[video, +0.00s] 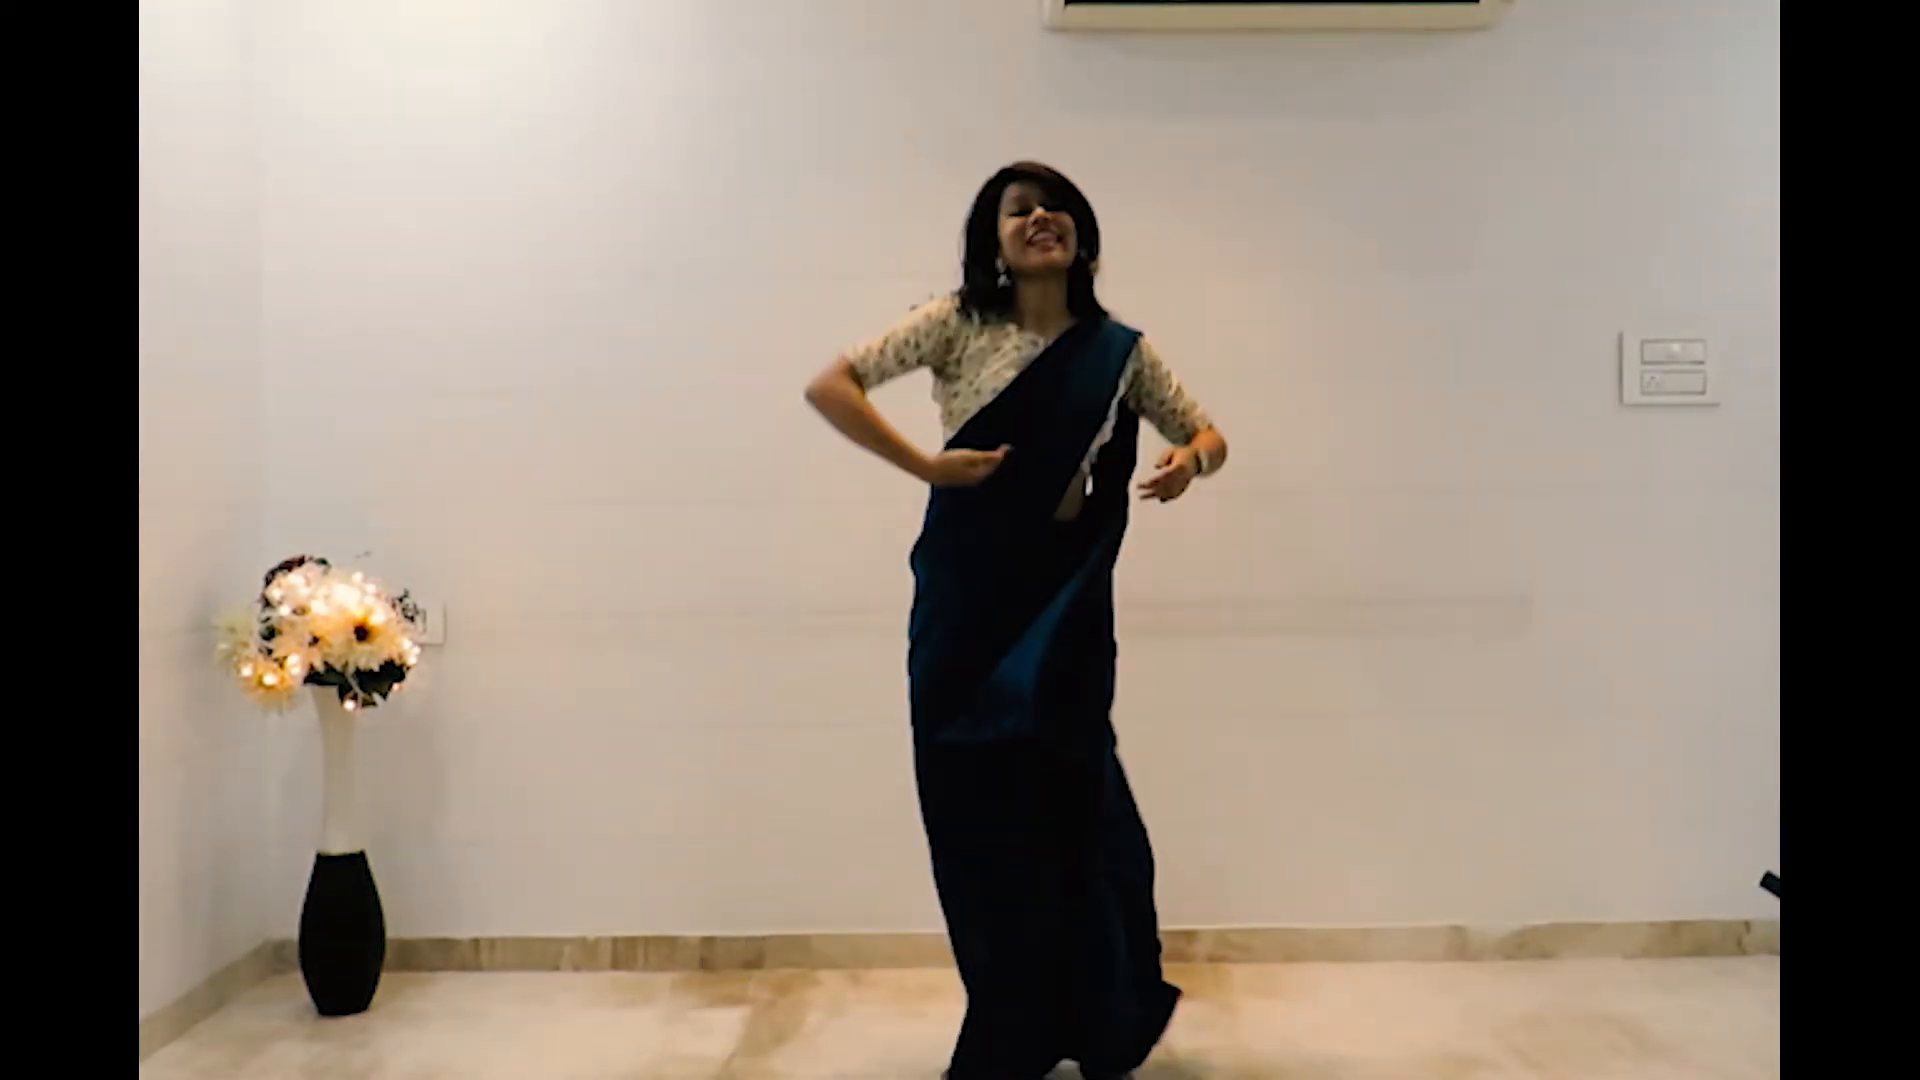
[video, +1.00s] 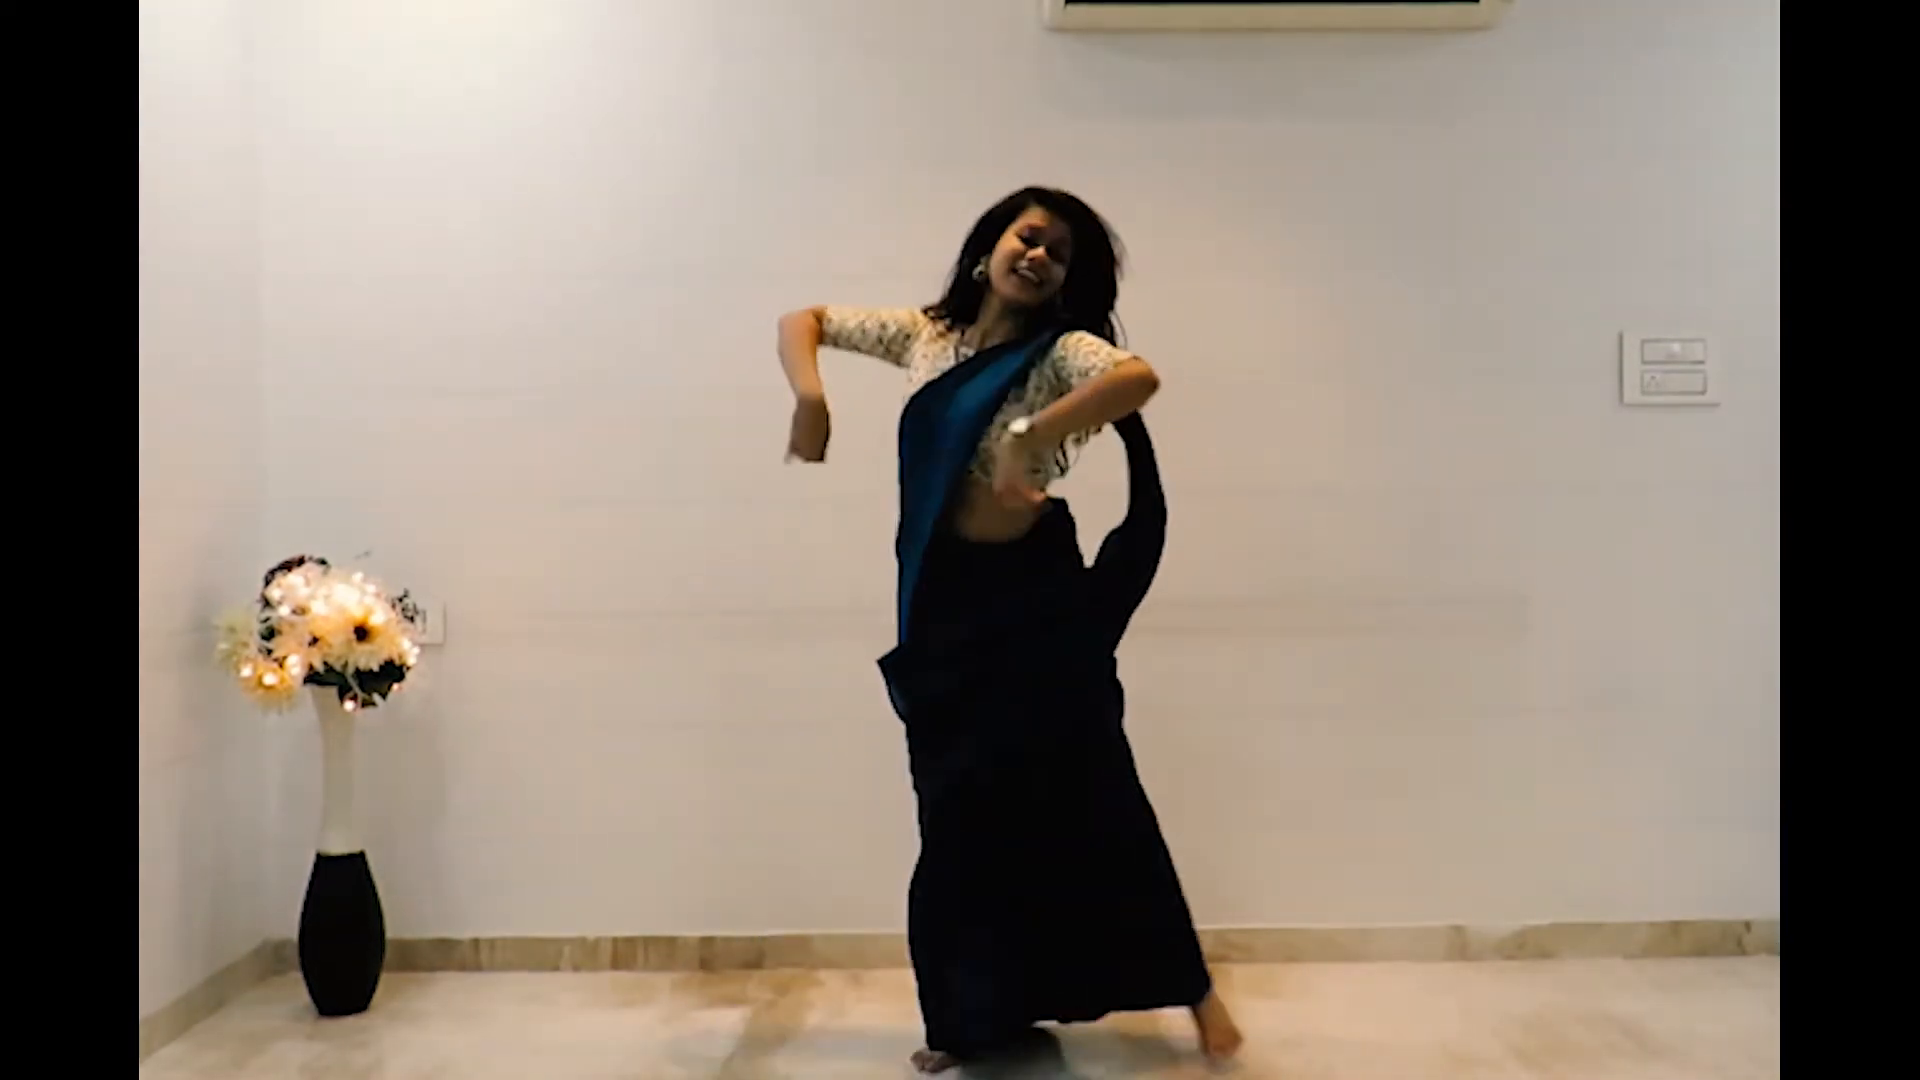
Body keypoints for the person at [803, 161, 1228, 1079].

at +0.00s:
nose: (1041, 217)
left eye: (1056, 206)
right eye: (1020, 208)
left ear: (1081, 236)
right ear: (992, 239)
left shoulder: (1120, 347)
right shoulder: (956, 324)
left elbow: (1207, 438)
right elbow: (828, 387)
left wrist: (1188, 461)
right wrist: (924, 464)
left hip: (1067, 598)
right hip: (965, 594)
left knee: (1061, 790)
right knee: (972, 802)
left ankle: (1097, 1017)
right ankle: (1003, 1025)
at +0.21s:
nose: (1033, 256)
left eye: (1046, 242)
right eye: (1012, 248)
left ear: (1076, 262)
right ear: (986, 273)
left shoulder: (1104, 372)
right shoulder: (978, 343)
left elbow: (1212, 401)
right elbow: (911, 339)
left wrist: (1247, 469)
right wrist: (1002, 428)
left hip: (1058, 637)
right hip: (958, 627)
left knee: (1050, 821)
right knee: (887, 815)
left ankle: (1034, 1027)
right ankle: (762, 1037)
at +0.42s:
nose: (1007, 299)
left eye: (1023, 286)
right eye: (988, 286)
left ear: (1047, 310)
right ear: (962, 309)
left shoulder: (1053, 422)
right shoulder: (949, 400)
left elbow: (1146, 516)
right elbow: (1013, 478)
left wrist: (1254, 461)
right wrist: (1079, 370)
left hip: (1036, 670)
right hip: (938, 670)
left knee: (1056, 867)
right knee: (881, 857)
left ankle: (1066, 1054)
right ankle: (756, 1051)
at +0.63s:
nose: (1000, 325)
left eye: (1013, 311)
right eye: (981, 312)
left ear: (1035, 324)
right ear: (952, 328)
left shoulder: (1066, 419)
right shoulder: (945, 427)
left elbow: (1101, 522)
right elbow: (985, 557)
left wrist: (1145, 523)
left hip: (1017, 666)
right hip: (920, 661)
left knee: (1010, 850)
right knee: (854, 838)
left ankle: (1000, 1038)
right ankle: (747, 1038)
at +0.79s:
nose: (1032, 267)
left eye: (1048, 258)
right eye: (1020, 249)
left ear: (1063, 277)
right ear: (978, 254)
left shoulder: (1088, 363)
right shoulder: (920, 354)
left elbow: (1181, 455)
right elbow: (804, 430)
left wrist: (1094, 507)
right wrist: (911, 480)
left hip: (1043, 624)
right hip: (937, 617)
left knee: (1022, 821)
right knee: (902, 813)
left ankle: (1013, 1036)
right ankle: (870, 1034)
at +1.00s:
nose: (1037, 251)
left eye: (1056, 249)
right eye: (1025, 235)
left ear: (1067, 281)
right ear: (986, 248)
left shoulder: (1055, 348)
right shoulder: (932, 335)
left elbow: (1135, 376)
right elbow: (799, 321)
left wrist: (1030, 439)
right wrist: (810, 397)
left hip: (1035, 590)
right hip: (942, 594)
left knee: (1099, 793)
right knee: (959, 807)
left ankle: (1197, 993)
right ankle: (974, 1022)